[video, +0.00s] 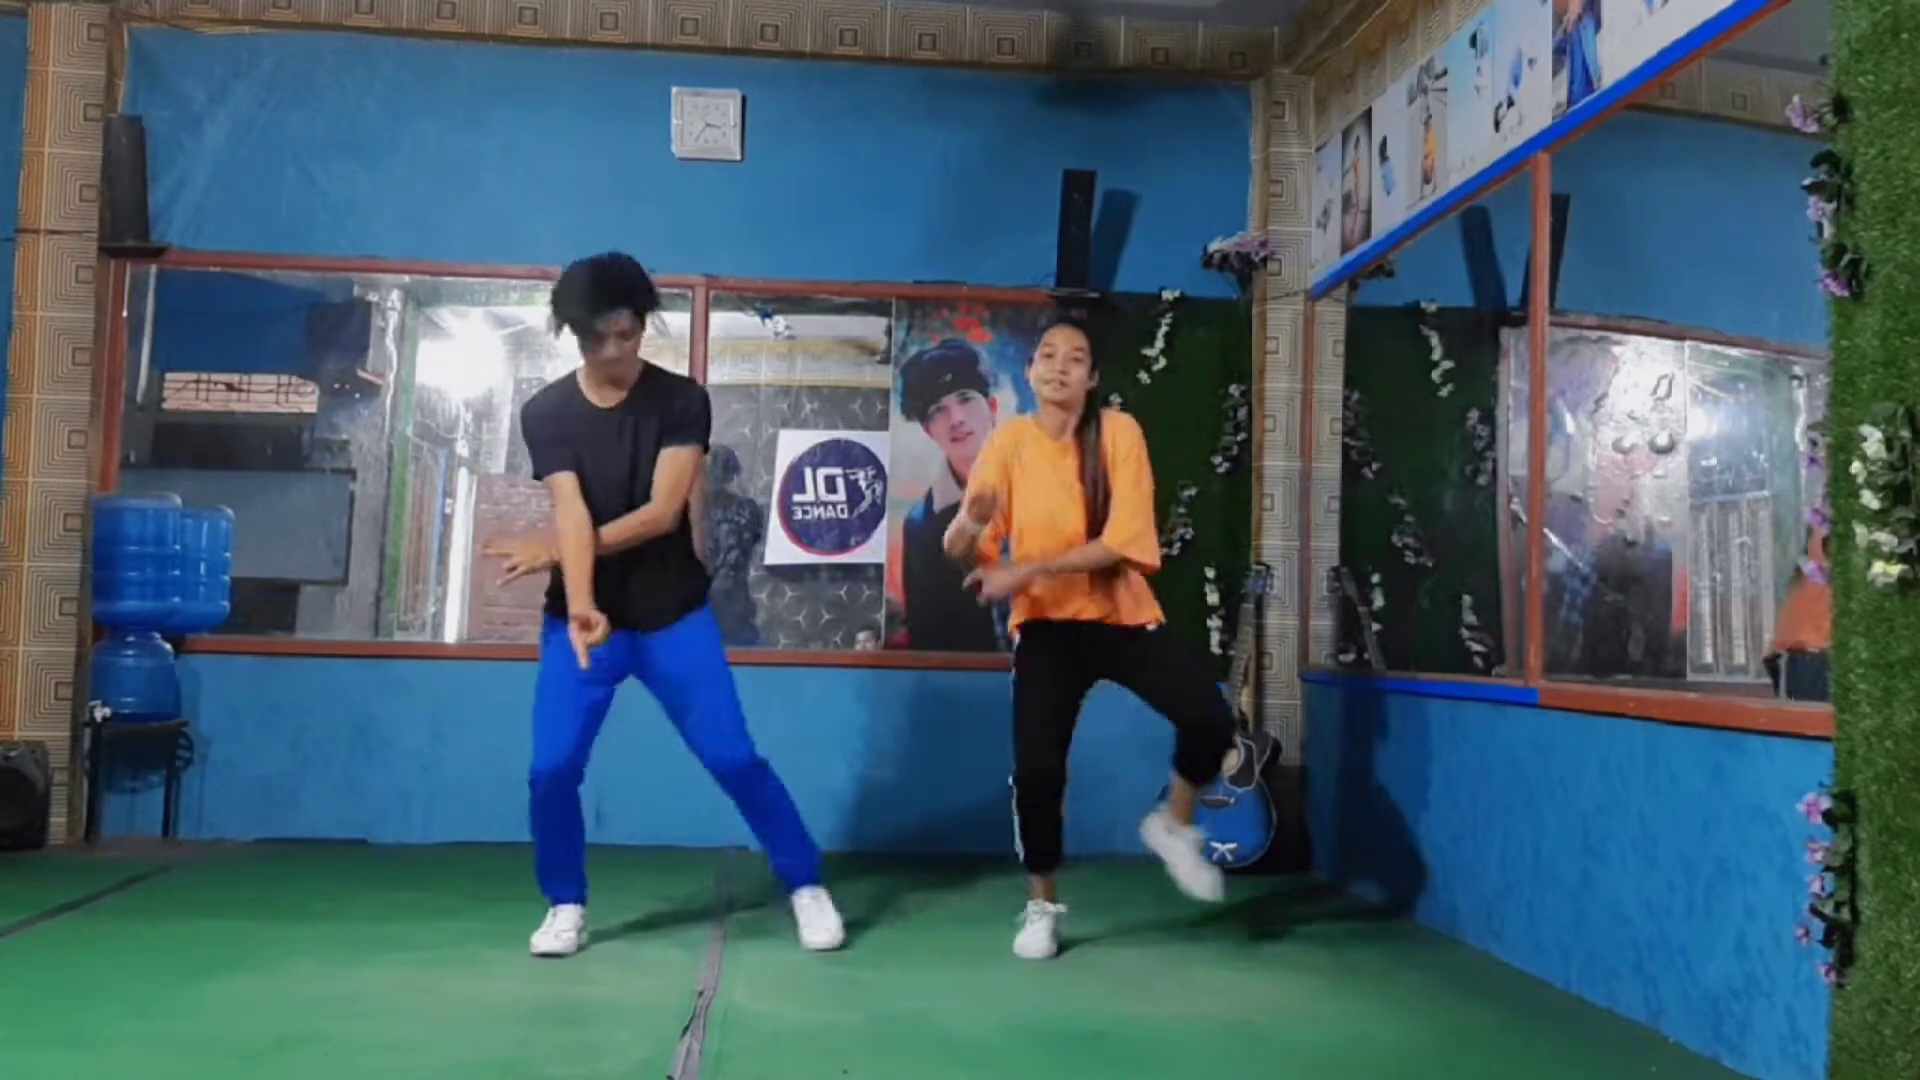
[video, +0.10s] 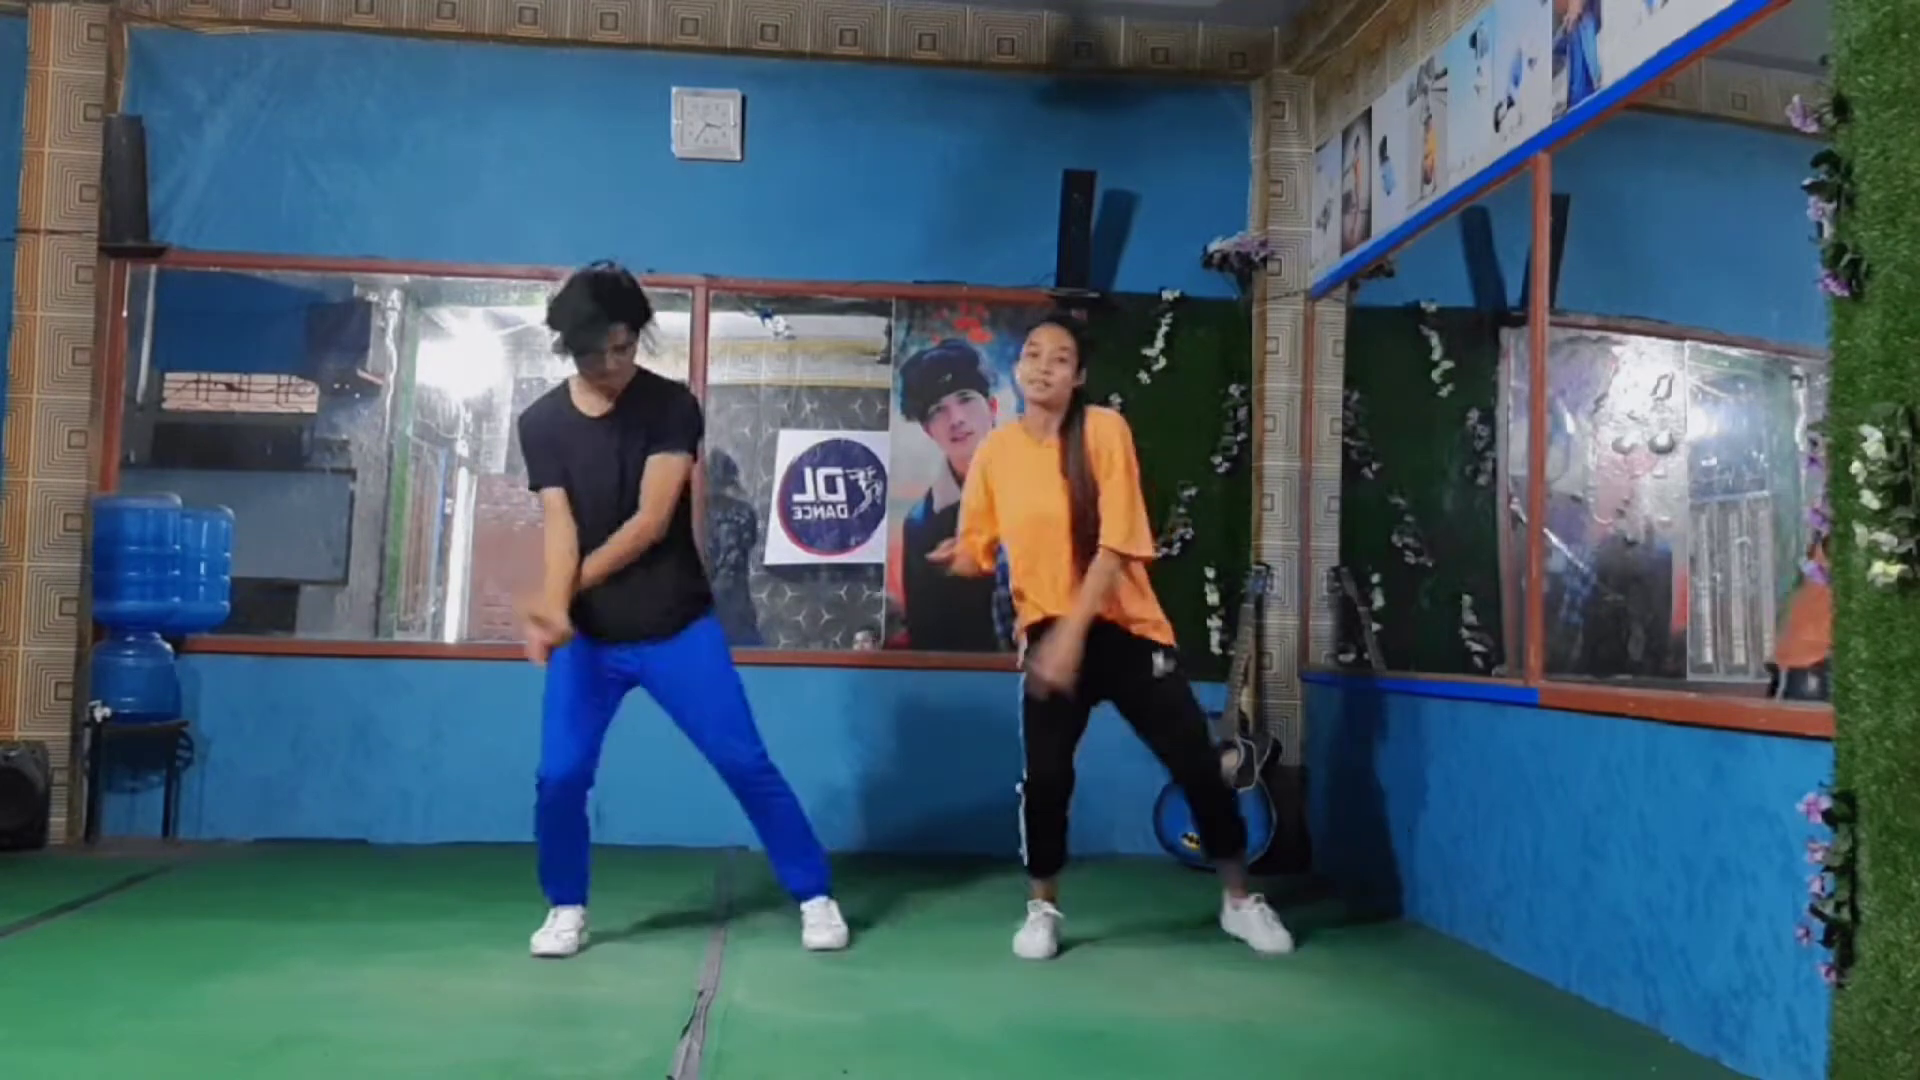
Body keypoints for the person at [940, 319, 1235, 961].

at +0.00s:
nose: (1060, 369)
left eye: (1074, 360)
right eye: (1049, 358)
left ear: (1093, 376)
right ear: (1030, 371)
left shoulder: (1118, 433)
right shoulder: (1009, 440)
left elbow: (1121, 544)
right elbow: (958, 551)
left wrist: (1025, 571)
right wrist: (967, 526)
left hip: (1126, 621)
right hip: (1049, 628)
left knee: (1210, 720)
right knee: (1036, 770)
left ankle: (1173, 823)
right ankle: (1042, 903)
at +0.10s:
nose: (1043, 367)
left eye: (1059, 359)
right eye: (1034, 356)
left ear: (1079, 375)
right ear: (1017, 369)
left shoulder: (1103, 429)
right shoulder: (995, 449)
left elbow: (1117, 546)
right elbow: (980, 546)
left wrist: (1070, 632)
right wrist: (964, 552)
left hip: (1125, 621)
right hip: (1049, 630)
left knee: (1197, 757)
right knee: (1045, 776)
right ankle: (1043, 905)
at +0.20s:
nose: (1028, 374)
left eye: (1045, 364)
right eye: (1019, 361)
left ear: (1066, 378)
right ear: (1003, 373)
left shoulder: (1094, 435)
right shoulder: (991, 453)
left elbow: (1132, 553)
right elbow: (987, 556)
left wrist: (1160, 648)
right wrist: (939, 552)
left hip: (1118, 628)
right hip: (1046, 635)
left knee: (1195, 761)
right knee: (1044, 778)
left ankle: (1241, 885)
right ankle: (1041, 908)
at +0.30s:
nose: (1046, 378)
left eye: (1062, 369)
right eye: (1035, 364)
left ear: (1077, 382)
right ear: (1015, 371)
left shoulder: (1102, 444)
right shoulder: (986, 447)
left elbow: (1156, 540)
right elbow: (948, 553)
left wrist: (1212, 622)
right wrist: (944, 514)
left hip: (1122, 627)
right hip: (1041, 632)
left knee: (1205, 726)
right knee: (1024, 770)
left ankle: (1211, 821)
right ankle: (1041, 906)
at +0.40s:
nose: (1087, 363)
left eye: (1099, 353)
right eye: (1075, 349)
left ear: (1110, 365)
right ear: (1046, 358)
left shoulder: (1126, 438)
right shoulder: (1007, 418)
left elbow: (1161, 526)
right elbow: (942, 504)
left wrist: (1223, 590)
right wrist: (1013, 474)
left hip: (1100, 606)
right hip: (1024, 609)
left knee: (1167, 664)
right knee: (1011, 775)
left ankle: (1137, 775)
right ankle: (1040, 906)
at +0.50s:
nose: (1110, 339)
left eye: (1121, 326)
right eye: (1095, 326)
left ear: (1134, 336)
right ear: (1070, 335)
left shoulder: (1145, 418)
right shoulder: (1036, 390)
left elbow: (1155, 519)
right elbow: (985, 482)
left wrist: (1225, 557)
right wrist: (1067, 516)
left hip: (1089, 587)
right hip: (1013, 578)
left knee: (1131, 691)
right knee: (969, 737)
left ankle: (1081, 823)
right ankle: (1004, 891)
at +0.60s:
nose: (1115, 349)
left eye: (1126, 335)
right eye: (1101, 336)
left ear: (1139, 343)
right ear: (1075, 343)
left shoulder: (1148, 424)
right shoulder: (1048, 398)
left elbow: (1141, 515)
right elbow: (998, 501)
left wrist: (1215, 509)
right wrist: (1023, 575)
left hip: (1085, 601)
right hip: (1010, 583)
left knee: (1072, 765)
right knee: (958, 741)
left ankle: (1046, 912)